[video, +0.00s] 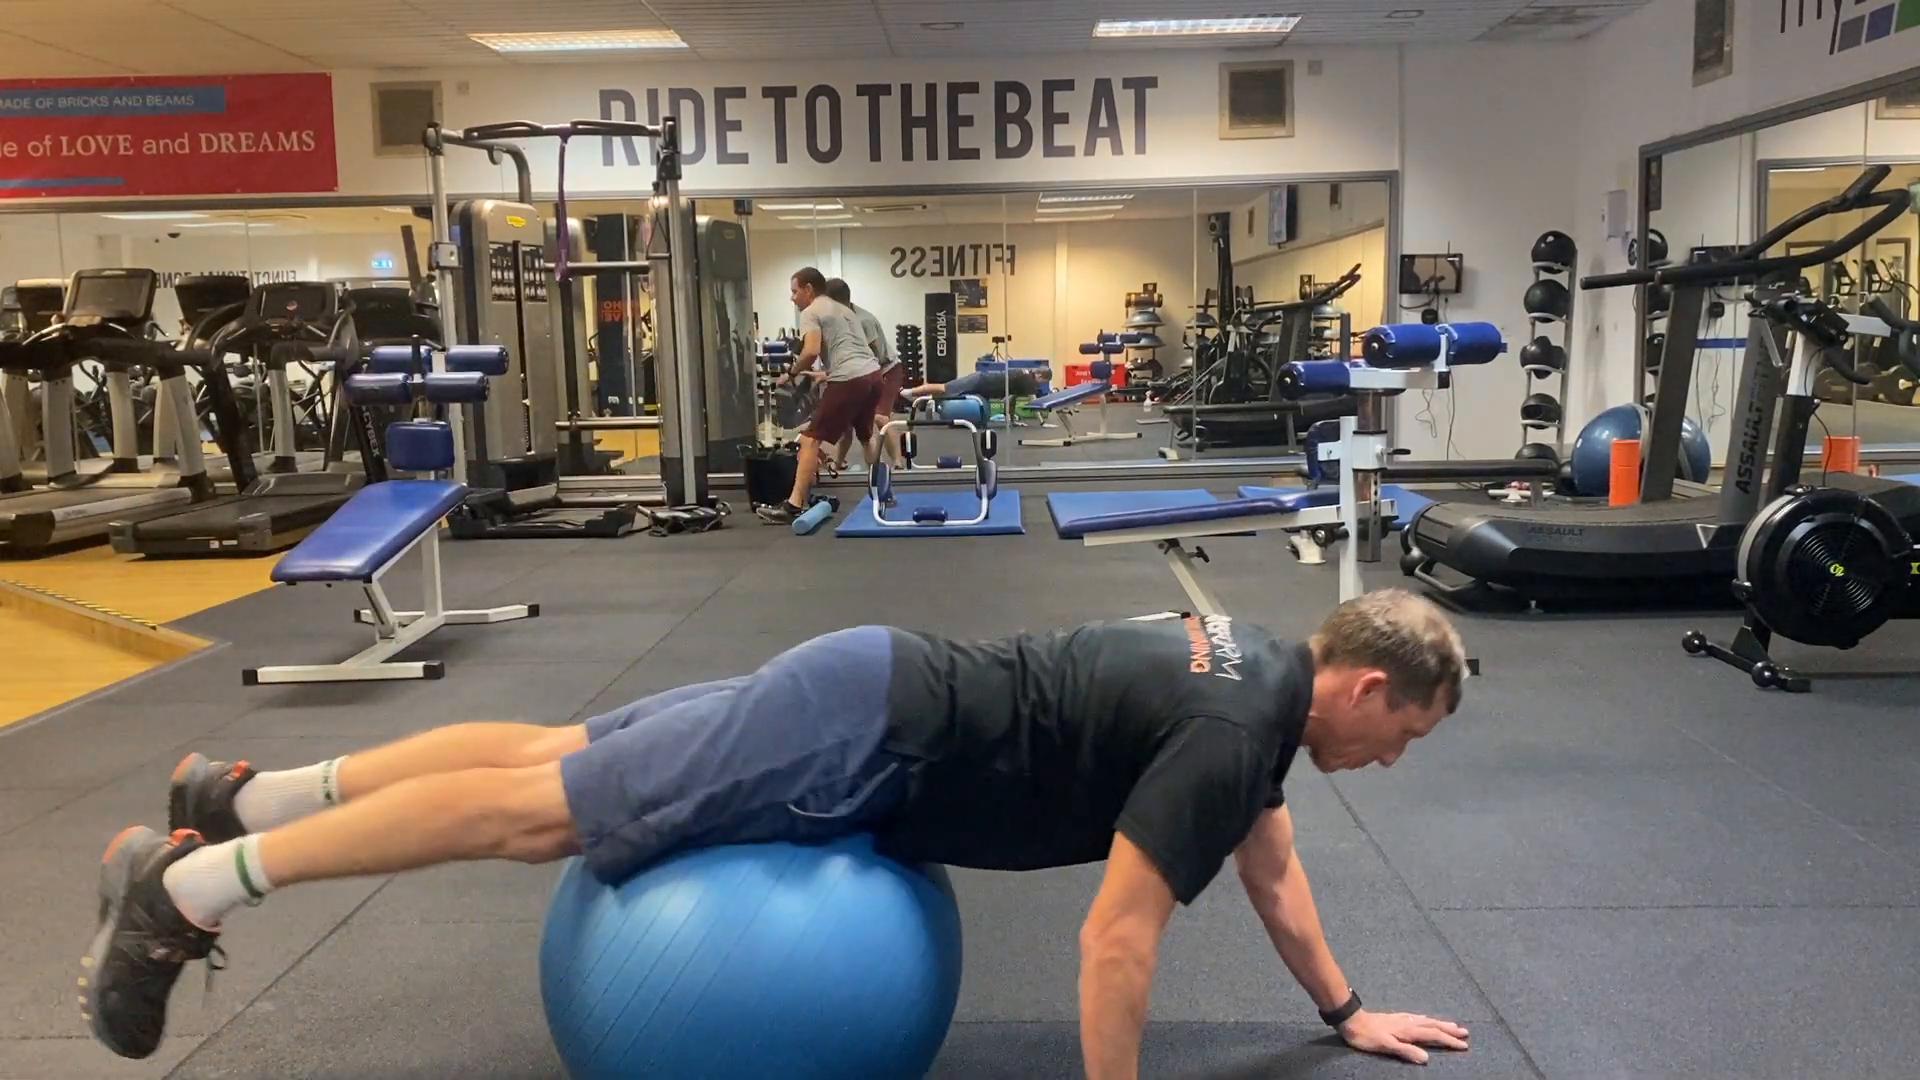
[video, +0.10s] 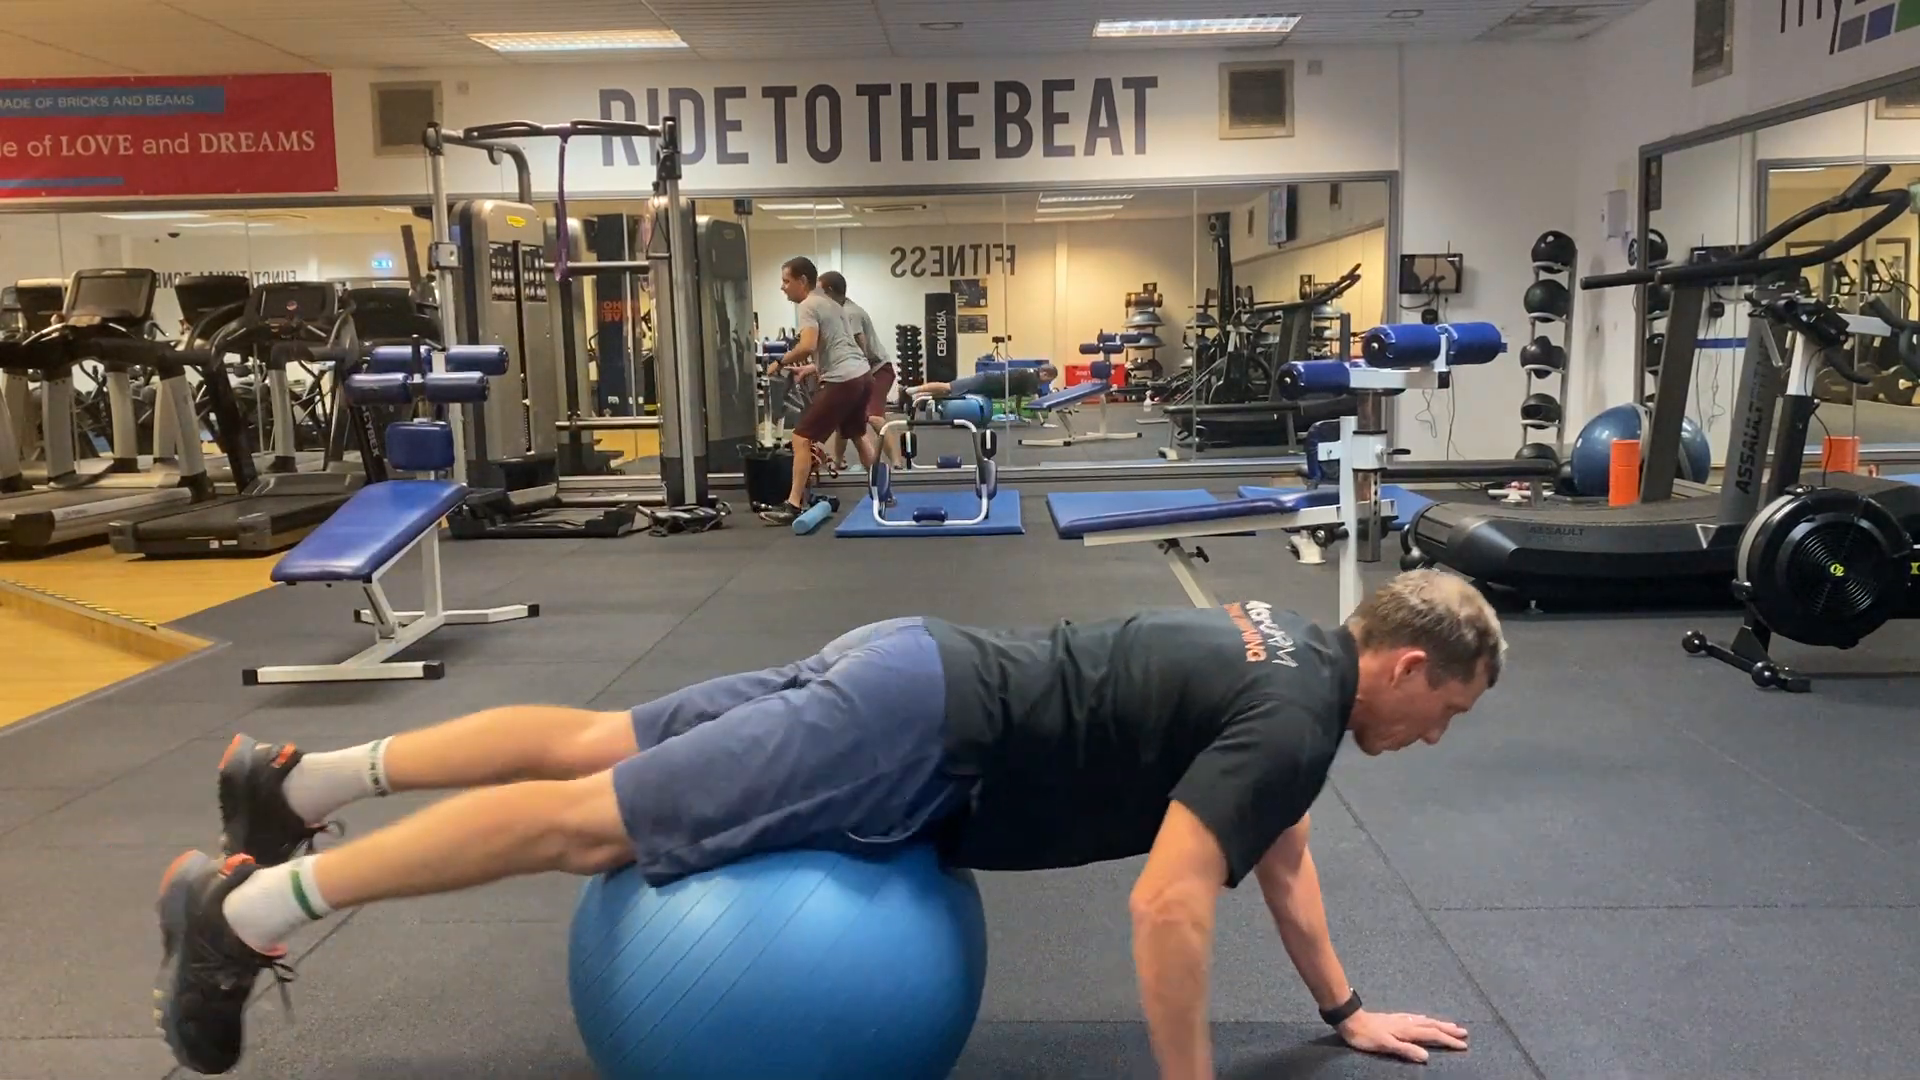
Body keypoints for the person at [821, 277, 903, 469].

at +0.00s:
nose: (830, 306)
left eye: (831, 301)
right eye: (829, 302)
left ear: (841, 299)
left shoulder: (863, 318)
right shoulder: (838, 320)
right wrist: (826, 371)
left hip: (889, 367)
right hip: (866, 369)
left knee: (880, 416)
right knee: (848, 419)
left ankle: (898, 461)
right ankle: (839, 463)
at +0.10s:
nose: (818, 294)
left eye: (820, 290)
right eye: (818, 290)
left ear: (830, 290)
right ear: (837, 289)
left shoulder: (850, 311)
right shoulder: (837, 310)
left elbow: (860, 349)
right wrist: (812, 367)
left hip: (879, 367)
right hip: (861, 368)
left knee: (873, 415)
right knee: (843, 416)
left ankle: (897, 462)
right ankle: (838, 462)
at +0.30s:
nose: (811, 284)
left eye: (812, 280)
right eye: (811, 280)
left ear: (819, 281)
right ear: (832, 281)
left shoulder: (828, 303)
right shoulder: (840, 301)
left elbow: (832, 340)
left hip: (850, 363)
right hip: (853, 361)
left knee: (852, 417)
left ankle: (888, 456)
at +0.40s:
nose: (807, 285)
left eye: (808, 280)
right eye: (807, 280)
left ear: (815, 279)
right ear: (828, 279)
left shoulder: (818, 302)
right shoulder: (841, 302)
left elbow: (818, 339)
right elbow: (847, 336)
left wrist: (814, 363)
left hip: (839, 362)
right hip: (854, 360)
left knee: (829, 417)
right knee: (836, 417)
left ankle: (871, 439)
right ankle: (835, 462)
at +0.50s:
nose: (803, 285)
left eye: (803, 281)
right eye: (802, 281)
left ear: (811, 279)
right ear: (825, 279)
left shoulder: (812, 302)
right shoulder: (841, 302)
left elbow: (811, 337)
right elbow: (850, 335)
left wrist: (810, 362)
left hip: (831, 361)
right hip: (851, 362)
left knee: (812, 413)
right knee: (835, 416)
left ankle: (853, 434)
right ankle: (836, 462)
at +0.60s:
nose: (799, 286)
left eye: (799, 281)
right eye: (799, 281)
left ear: (806, 279)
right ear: (819, 278)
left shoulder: (806, 301)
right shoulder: (838, 302)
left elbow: (805, 337)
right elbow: (849, 335)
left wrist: (802, 359)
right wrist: (836, 347)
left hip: (822, 360)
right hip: (845, 360)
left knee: (809, 408)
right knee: (833, 414)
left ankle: (829, 438)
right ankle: (835, 461)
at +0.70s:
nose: (796, 284)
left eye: (795, 281)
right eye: (796, 281)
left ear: (799, 280)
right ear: (815, 278)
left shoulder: (798, 303)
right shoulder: (834, 301)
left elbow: (796, 337)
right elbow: (846, 335)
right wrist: (839, 350)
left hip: (810, 363)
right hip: (837, 363)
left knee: (805, 415)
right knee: (831, 418)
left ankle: (807, 460)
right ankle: (835, 462)